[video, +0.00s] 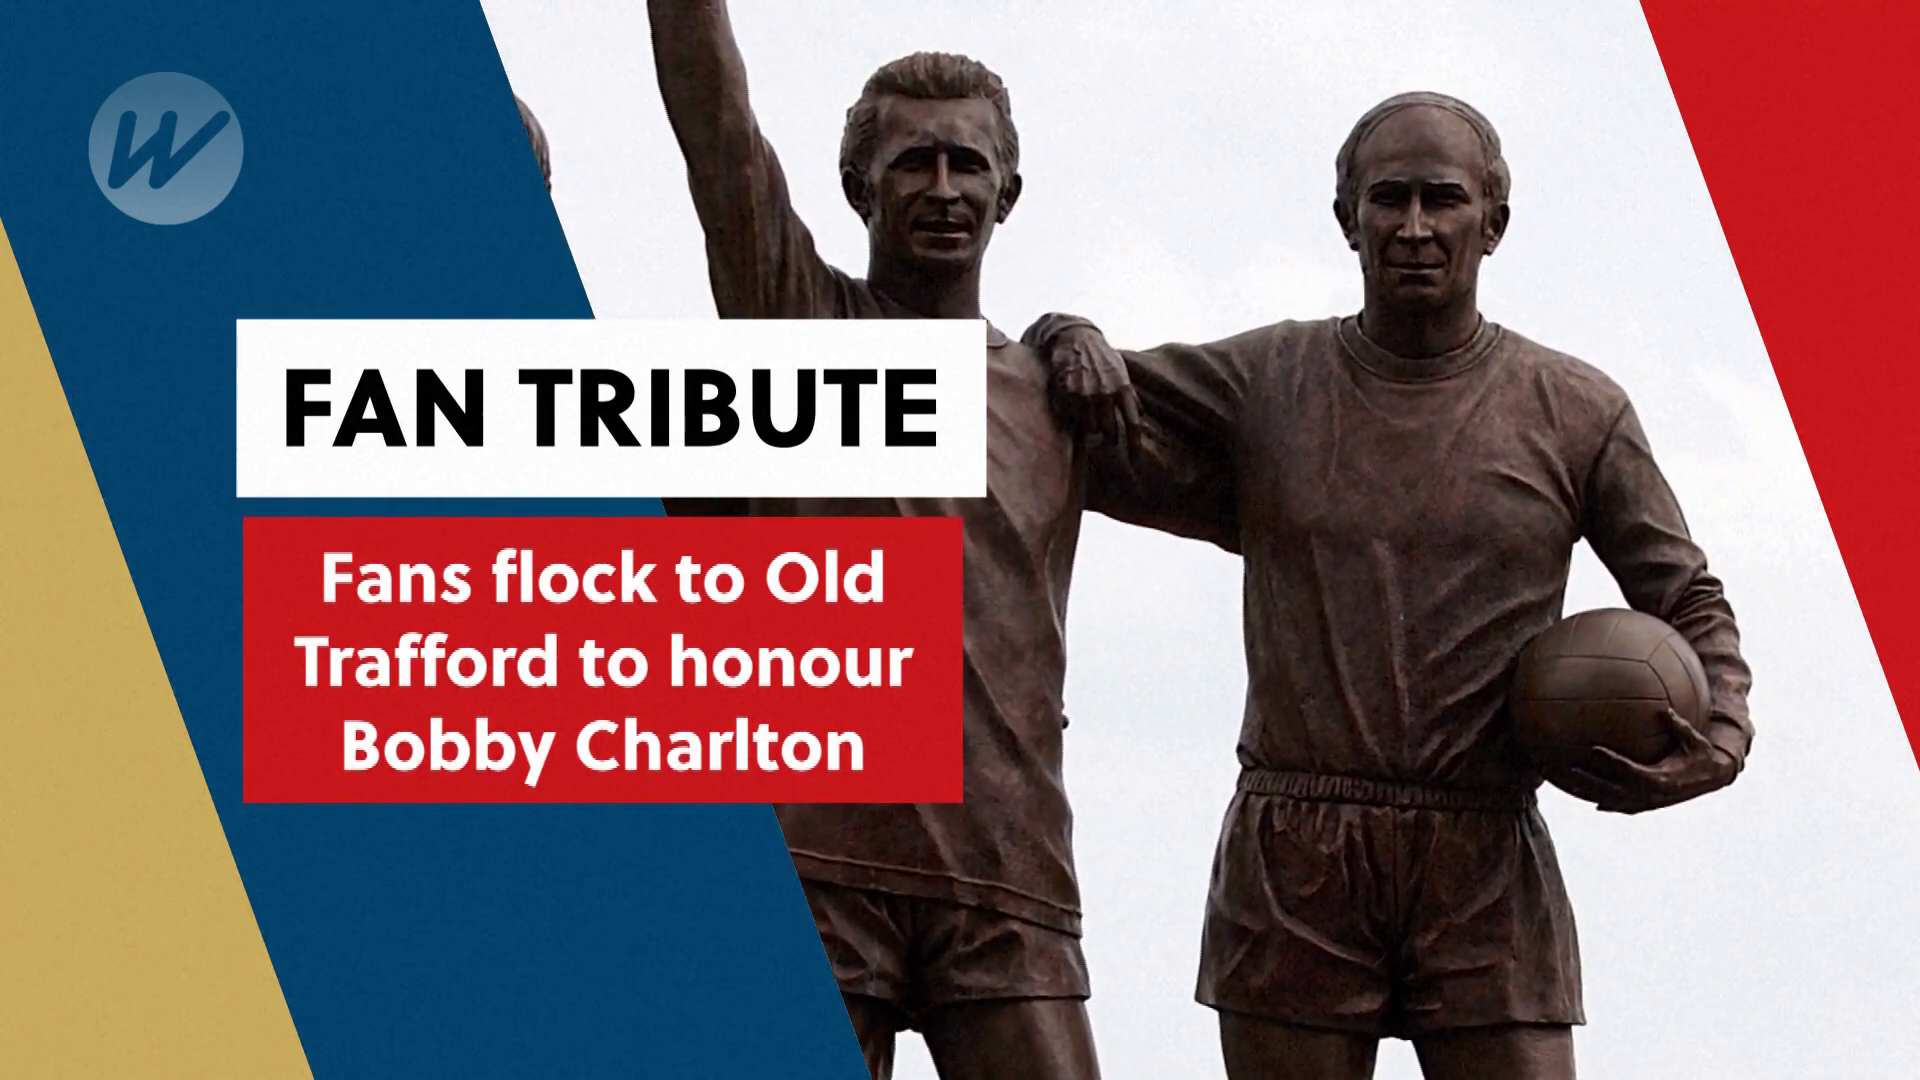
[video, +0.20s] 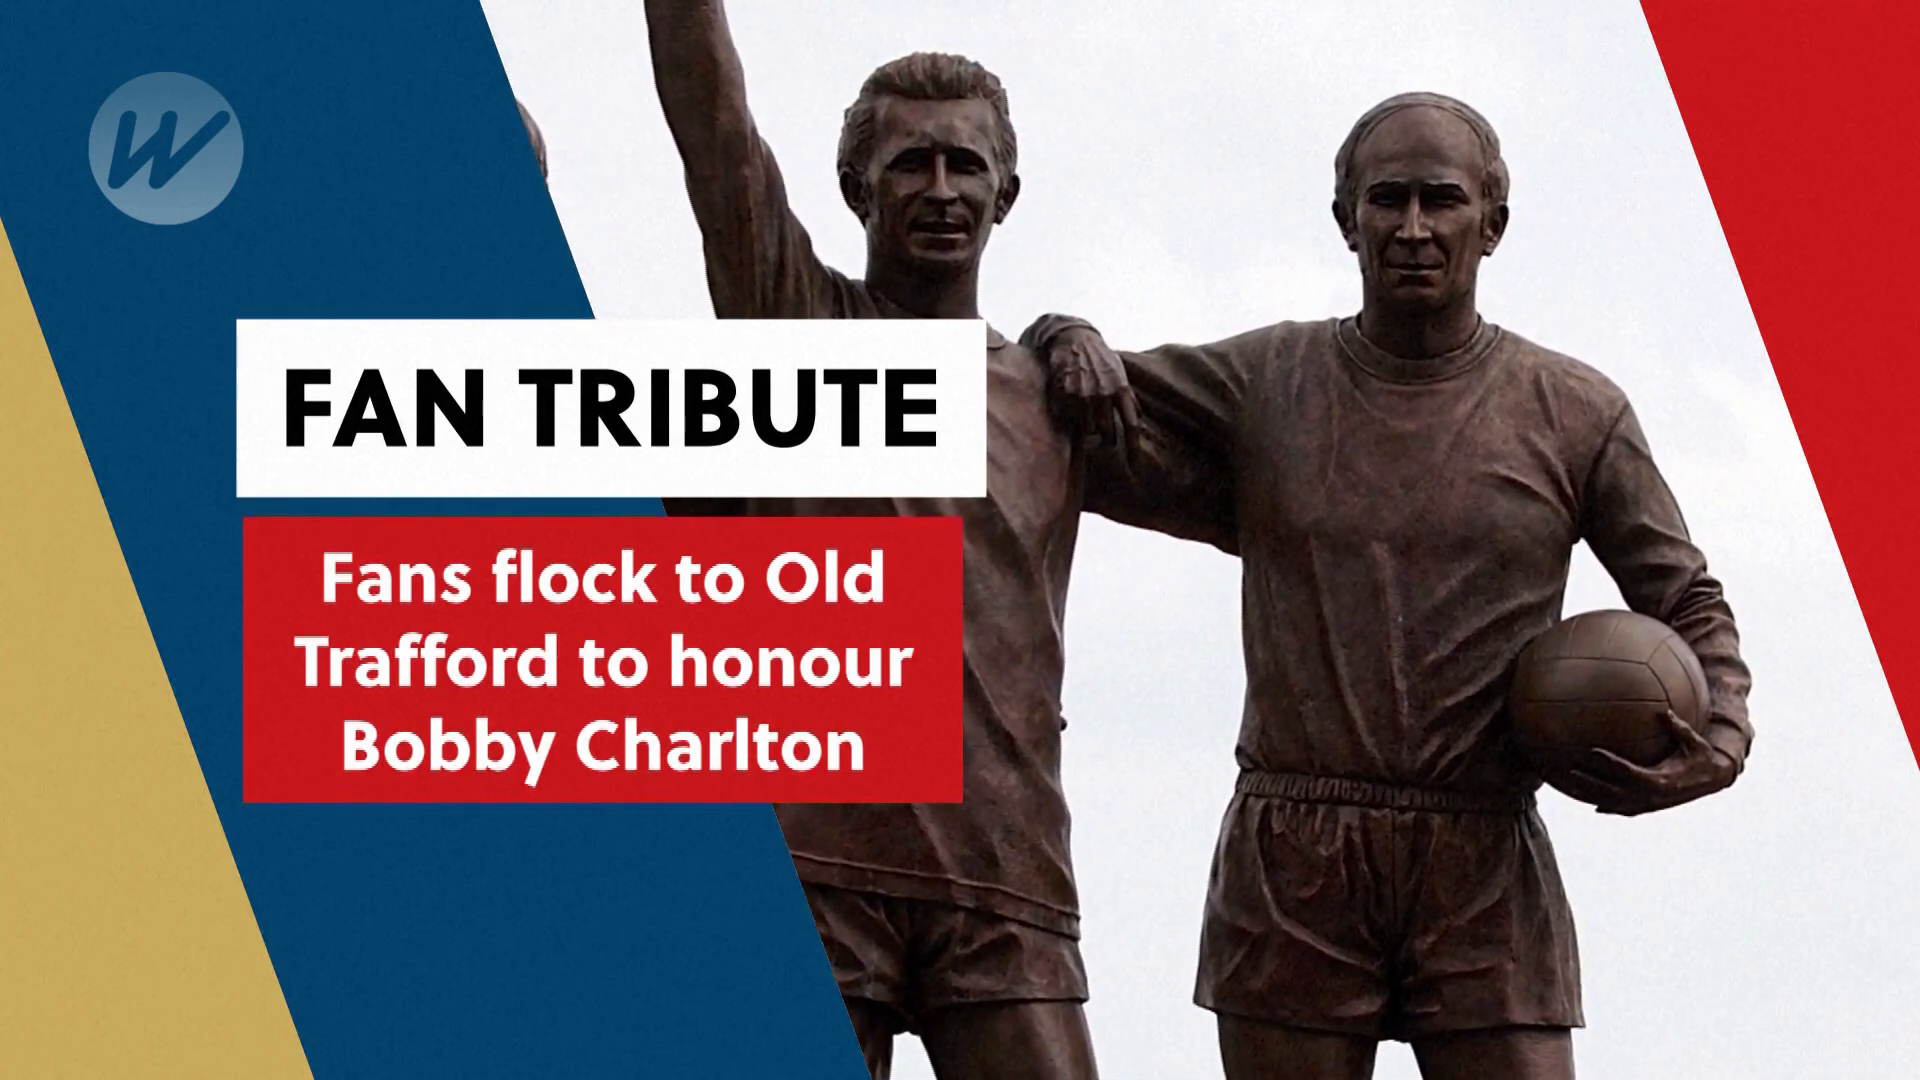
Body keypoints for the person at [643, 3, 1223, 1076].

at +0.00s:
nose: (944, 185)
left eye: (968, 162)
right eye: (913, 162)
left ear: (1006, 192)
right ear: (860, 187)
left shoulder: (1060, 397)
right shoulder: (794, 325)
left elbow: (1269, 496)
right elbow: (714, 127)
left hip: (1007, 871)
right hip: (813, 870)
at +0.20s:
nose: (943, 187)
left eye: (967, 163)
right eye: (912, 163)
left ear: (1005, 193)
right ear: (858, 189)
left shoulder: (1060, 403)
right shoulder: (792, 326)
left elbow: (1265, 502)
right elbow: (711, 125)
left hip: (1005, 879)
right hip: (812, 876)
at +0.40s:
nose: (940, 188)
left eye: (965, 164)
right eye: (908, 163)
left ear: (1003, 194)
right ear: (856, 190)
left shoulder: (1054, 400)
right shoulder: (789, 326)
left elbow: (1262, 503)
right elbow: (708, 128)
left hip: (1003, 877)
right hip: (809, 876)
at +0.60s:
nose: (938, 189)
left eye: (963, 165)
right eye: (906, 164)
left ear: (1000, 194)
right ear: (853, 189)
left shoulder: (1052, 400)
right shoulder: (787, 327)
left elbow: (1260, 505)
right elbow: (705, 128)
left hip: (1001, 883)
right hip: (808, 881)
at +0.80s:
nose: (936, 189)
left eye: (961, 165)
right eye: (904, 164)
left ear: (999, 195)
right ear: (851, 189)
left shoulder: (1050, 399)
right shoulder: (785, 329)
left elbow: (1256, 505)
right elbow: (704, 132)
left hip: (1000, 884)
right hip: (807, 882)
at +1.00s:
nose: (933, 189)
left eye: (958, 166)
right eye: (902, 165)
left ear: (997, 197)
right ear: (849, 192)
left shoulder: (1049, 402)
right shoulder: (781, 330)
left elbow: (1255, 507)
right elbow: (701, 130)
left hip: (999, 890)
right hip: (805, 885)